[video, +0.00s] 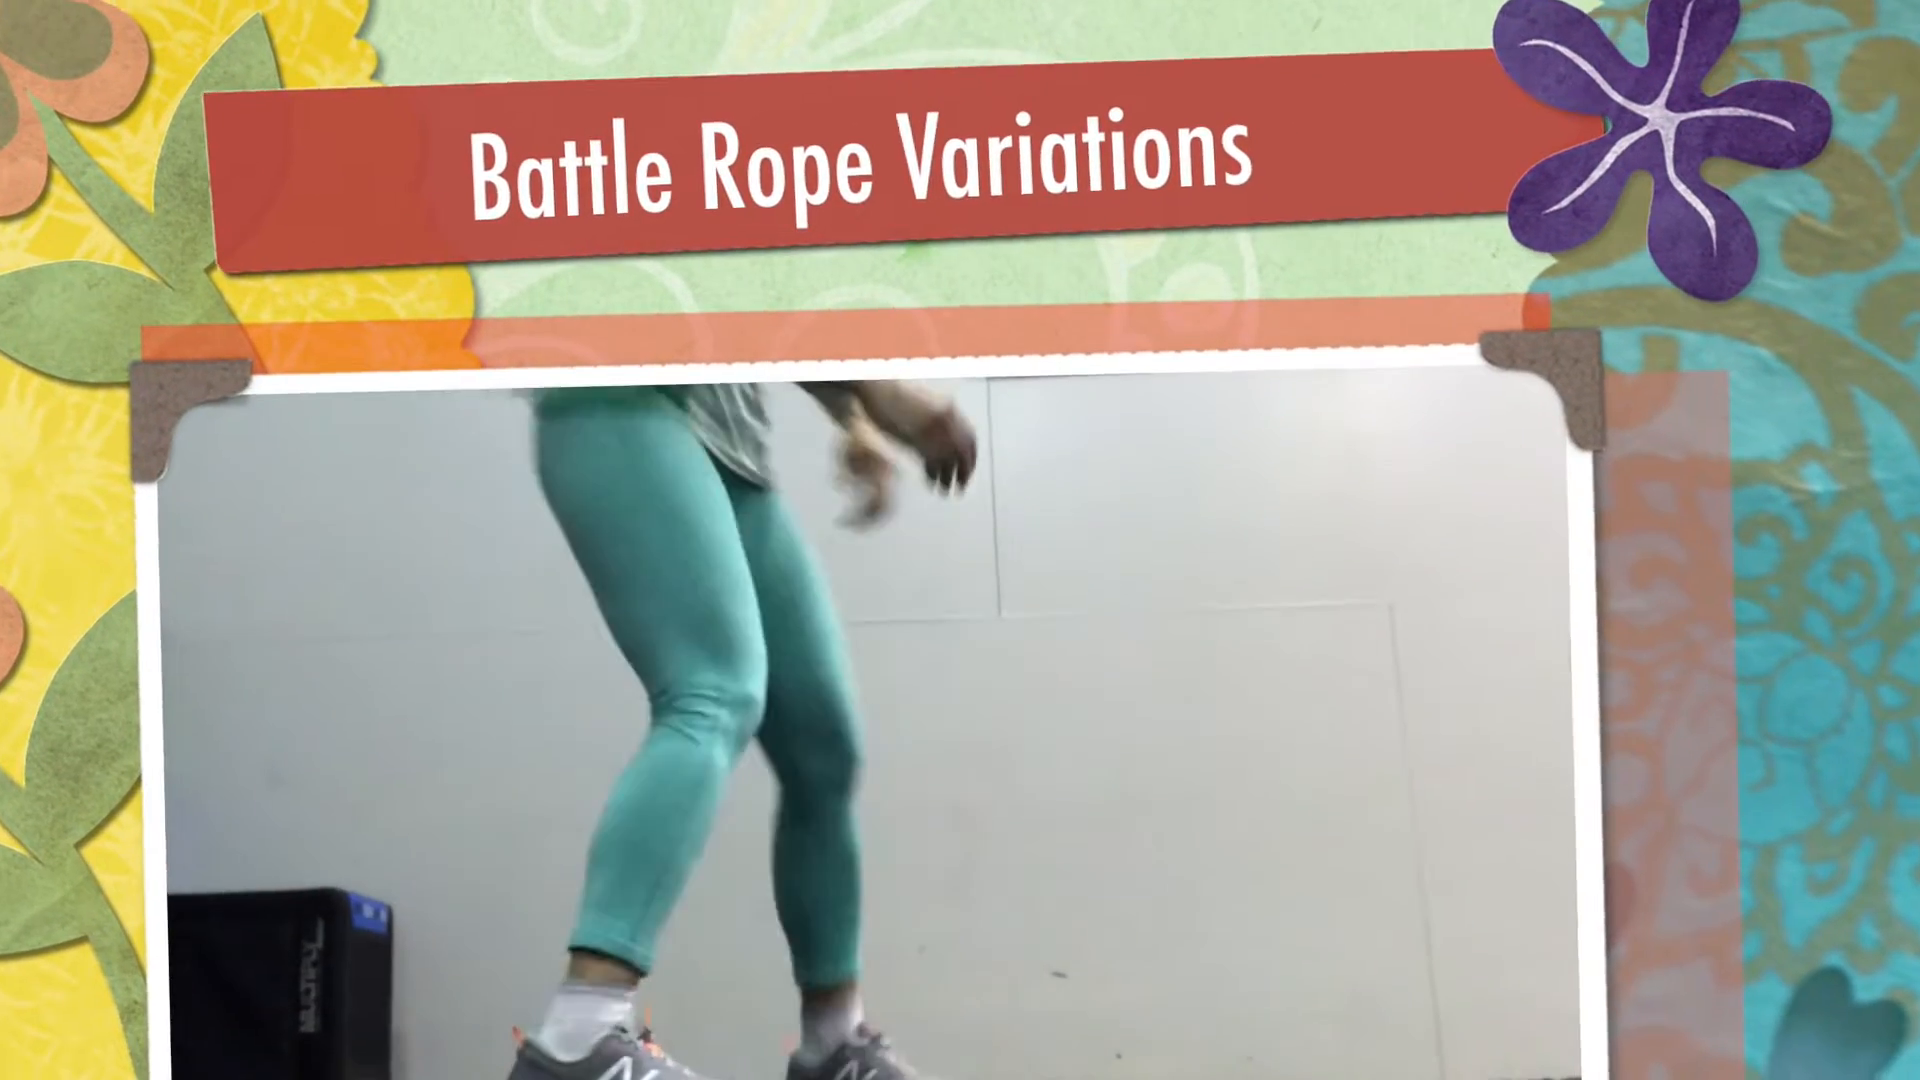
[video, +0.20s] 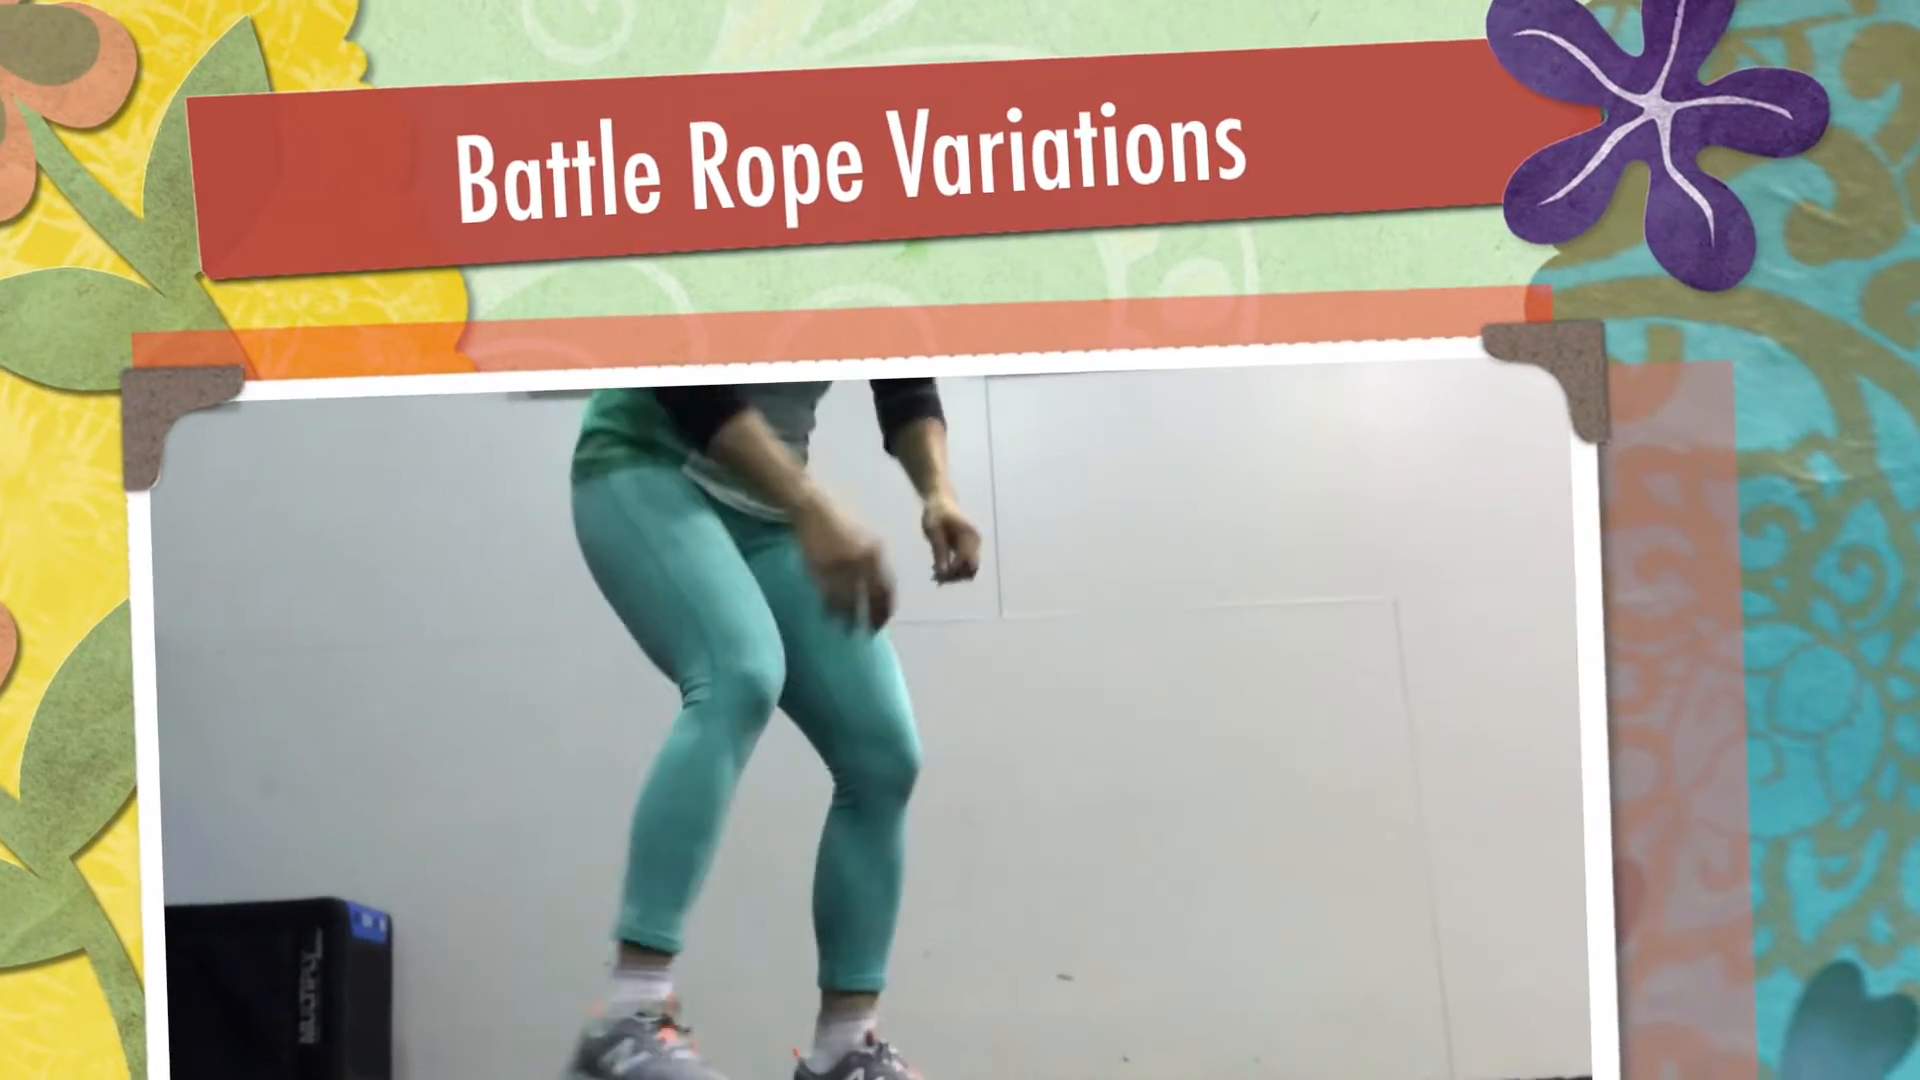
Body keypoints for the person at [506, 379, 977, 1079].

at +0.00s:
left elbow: (784, 304)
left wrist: (853, 418)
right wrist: (909, 402)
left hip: (730, 441)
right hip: (623, 408)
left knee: (823, 748)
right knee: (712, 694)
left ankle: (834, 1040)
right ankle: (583, 1027)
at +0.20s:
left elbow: (902, 370)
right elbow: (684, 380)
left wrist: (937, 490)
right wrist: (812, 509)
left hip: (775, 496)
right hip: (651, 461)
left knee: (884, 757)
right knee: (741, 675)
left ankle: (845, 1042)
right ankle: (633, 1010)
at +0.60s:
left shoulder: (891, 358)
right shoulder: (696, 335)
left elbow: (863, 489)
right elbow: (657, 521)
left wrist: (841, 595)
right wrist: (793, 646)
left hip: (732, 564)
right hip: (603, 550)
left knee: (886, 770)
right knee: (695, 765)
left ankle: (813, 1022)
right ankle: (685, 1055)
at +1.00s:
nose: (846, 347)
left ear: (886, 341)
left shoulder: (918, 428)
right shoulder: (718, 414)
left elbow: (937, 604)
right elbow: (705, 609)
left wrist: (863, 675)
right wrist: (875, 650)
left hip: (739, 658)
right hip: (618, 625)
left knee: (888, 833)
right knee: (690, 762)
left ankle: (801, 1060)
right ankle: (690, 1058)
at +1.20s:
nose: (858, 387)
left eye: (879, 367)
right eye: (833, 363)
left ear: (906, 384)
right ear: (788, 381)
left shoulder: (920, 535)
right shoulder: (723, 498)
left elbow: (952, 708)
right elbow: (704, 700)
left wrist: (863, 773)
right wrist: (873, 725)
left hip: (759, 754)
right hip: (618, 721)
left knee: (938, 854)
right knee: (721, 780)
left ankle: (809, 1058)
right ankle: (696, 1063)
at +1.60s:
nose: (914, 274)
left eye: (942, 253)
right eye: (884, 252)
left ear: (981, 287)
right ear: (842, 284)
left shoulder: (1007, 482)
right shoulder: (768, 399)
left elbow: (1047, 696)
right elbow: (718, 559)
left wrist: (913, 746)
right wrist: (926, 615)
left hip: (817, 797)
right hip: (649, 769)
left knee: (1064, 804)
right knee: (743, 642)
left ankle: (838, 968)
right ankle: (703, 992)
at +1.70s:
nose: (935, 163)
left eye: (966, 141)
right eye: (904, 139)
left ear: (1008, 182)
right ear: (859, 174)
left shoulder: (1032, 393)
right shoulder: (775, 297)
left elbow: (1069, 625)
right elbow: (711, 463)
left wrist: (917, 674)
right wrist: (938, 529)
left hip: (811, 731)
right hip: (636, 696)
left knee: (1086, 739)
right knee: (739, 550)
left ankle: (838, 903)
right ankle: (691, 933)